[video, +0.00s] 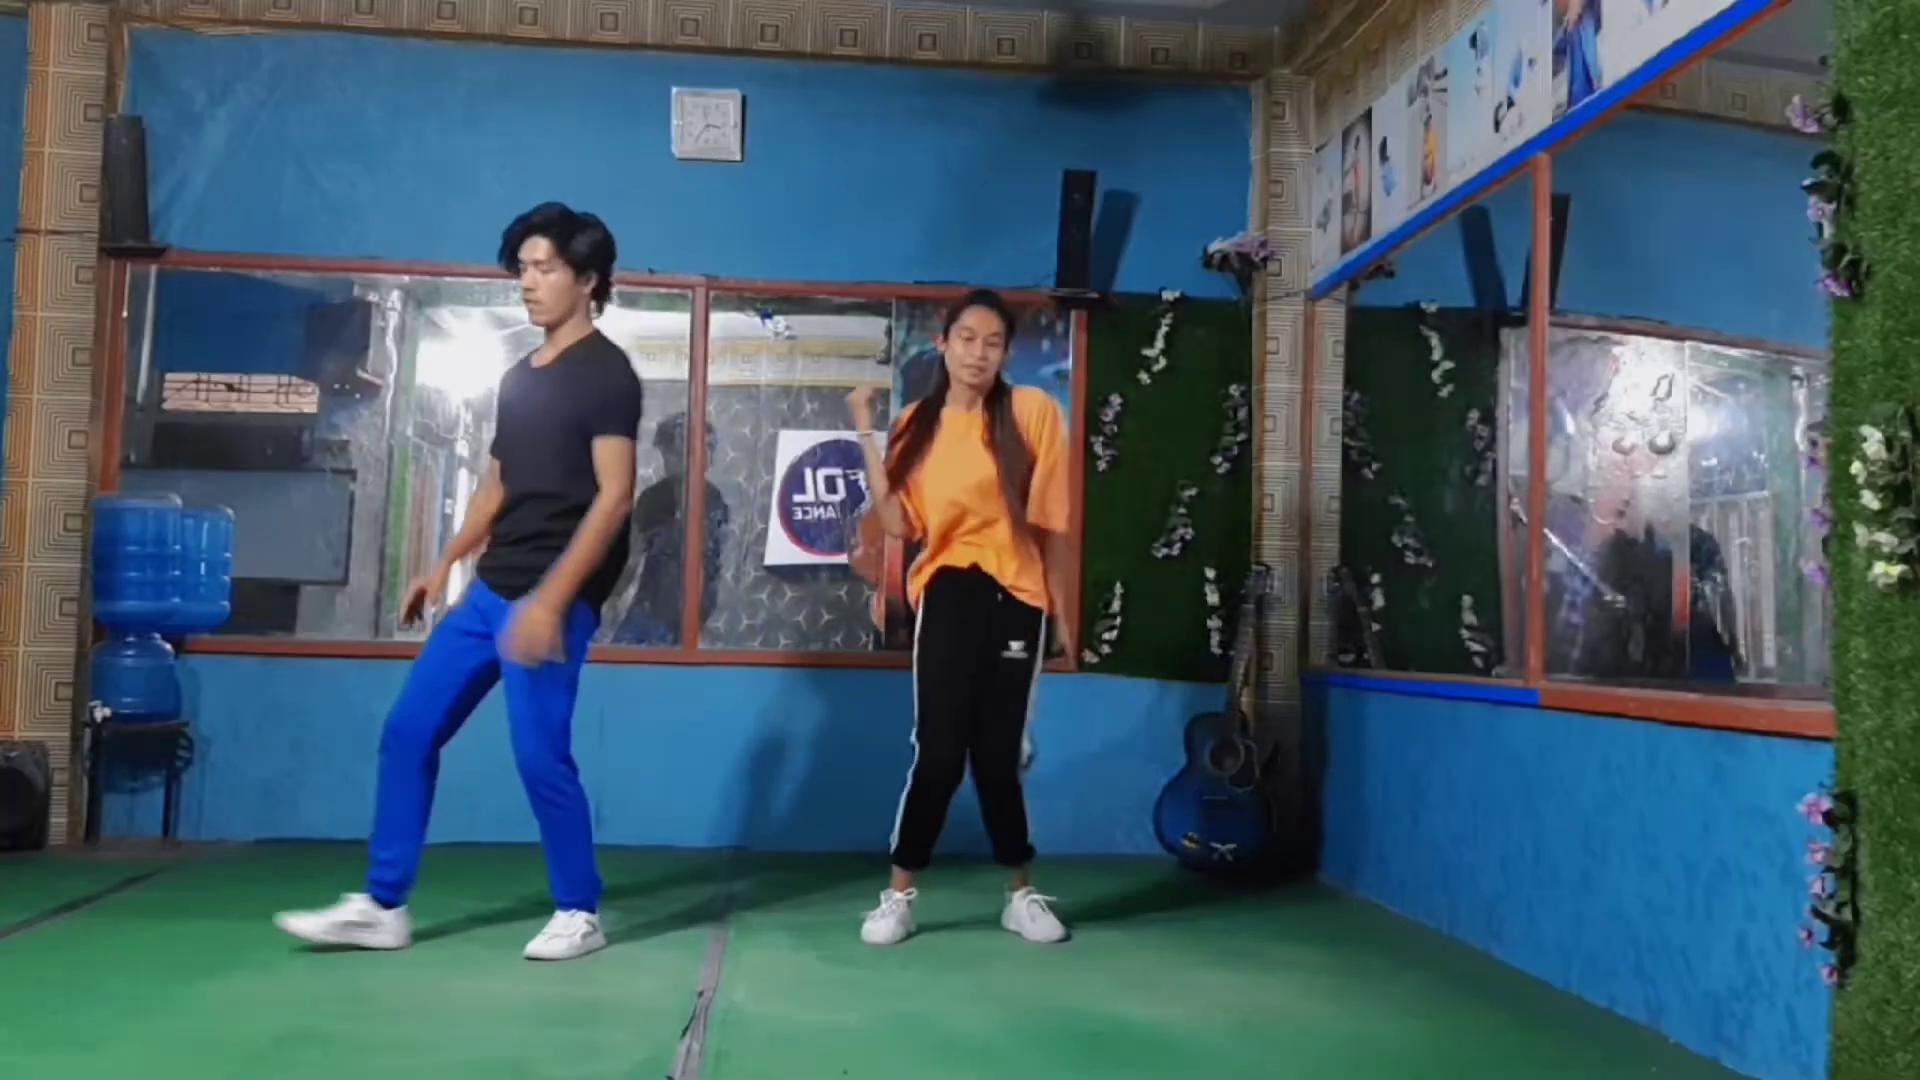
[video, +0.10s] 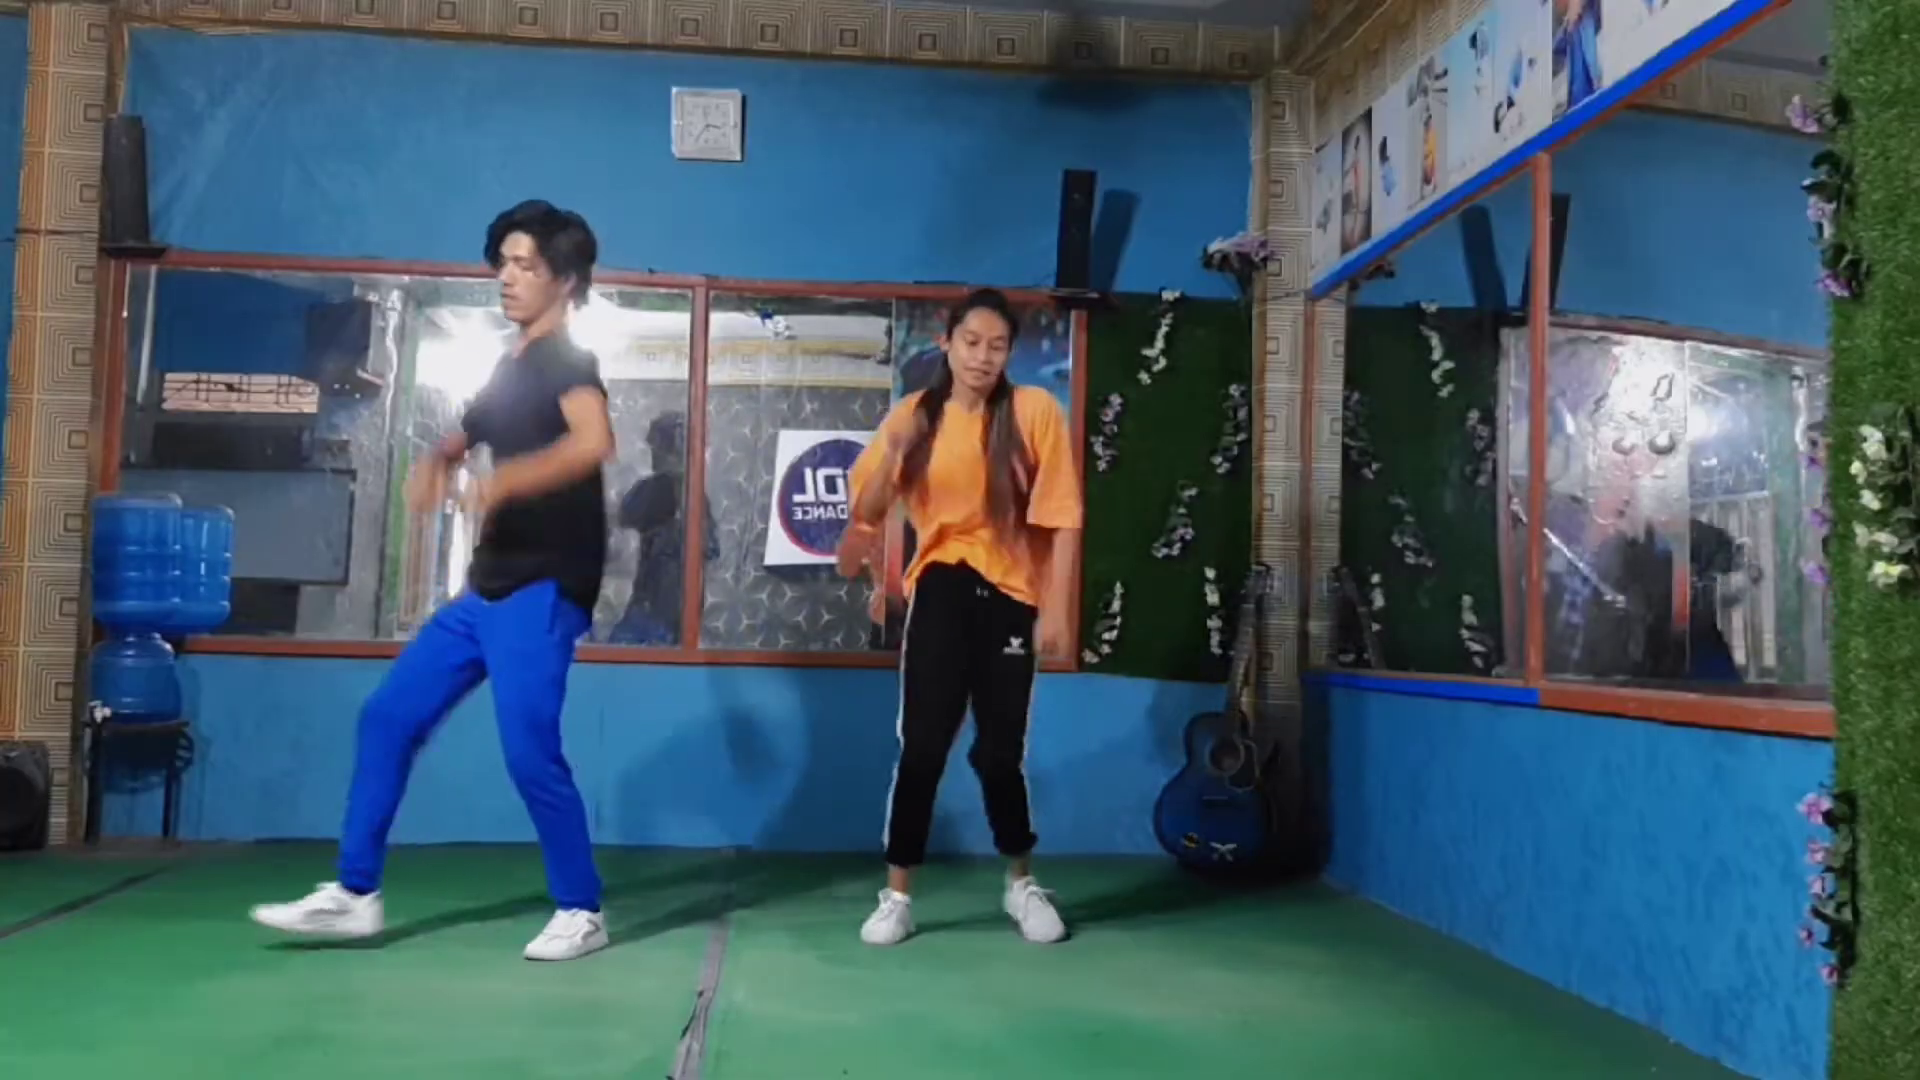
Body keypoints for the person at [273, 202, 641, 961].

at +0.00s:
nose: (528, 284)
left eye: (543, 269)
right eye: (522, 271)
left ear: (588, 279)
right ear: (519, 280)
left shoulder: (607, 371)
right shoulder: (522, 377)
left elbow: (617, 496)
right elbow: (499, 486)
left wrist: (550, 601)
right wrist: (446, 564)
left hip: (553, 604)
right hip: (490, 593)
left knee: (542, 758)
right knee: (409, 731)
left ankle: (578, 914)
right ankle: (382, 904)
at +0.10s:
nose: (508, 279)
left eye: (524, 266)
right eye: (504, 266)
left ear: (566, 278)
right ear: (501, 276)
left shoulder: (567, 360)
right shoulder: (513, 367)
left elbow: (595, 442)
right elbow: (465, 436)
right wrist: (436, 470)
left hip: (545, 591)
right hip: (484, 592)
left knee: (531, 752)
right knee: (388, 717)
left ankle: (580, 911)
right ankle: (353, 892)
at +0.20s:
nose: (485, 270)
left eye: (502, 258)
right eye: (483, 257)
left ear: (545, 272)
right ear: (480, 266)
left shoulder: (544, 342)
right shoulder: (476, 354)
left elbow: (569, 402)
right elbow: (438, 405)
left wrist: (463, 413)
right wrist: (418, 412)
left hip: (514, 585)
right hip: (453, 580)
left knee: (474, 742)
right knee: (362, 712)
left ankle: (561, 880)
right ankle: (393, 883)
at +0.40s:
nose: (460, 280)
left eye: (478, 269)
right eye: (454, 267)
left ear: (517, 284)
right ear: (445, 274)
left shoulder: (522, 360)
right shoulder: (439, 368)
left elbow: (553, 469)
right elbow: (424, 464)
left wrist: (460, 521)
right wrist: (381, 509)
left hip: (448, 585)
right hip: (395, 578)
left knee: (384, 746)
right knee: (370, 745)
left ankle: (495, 868)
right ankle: (413, 908)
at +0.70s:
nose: (456, 269)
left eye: (477, 262)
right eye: (449, 251)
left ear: (501, 283)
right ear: (429, 257)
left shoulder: (508, 351)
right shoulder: (380, 347)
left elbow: (564, 437)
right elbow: (308, 406)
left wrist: (450, 460)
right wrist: (315, 421)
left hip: (450, 582)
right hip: (370, 574)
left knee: (392, 748)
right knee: (276, 723)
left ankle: (424, 917)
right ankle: (338, 871)